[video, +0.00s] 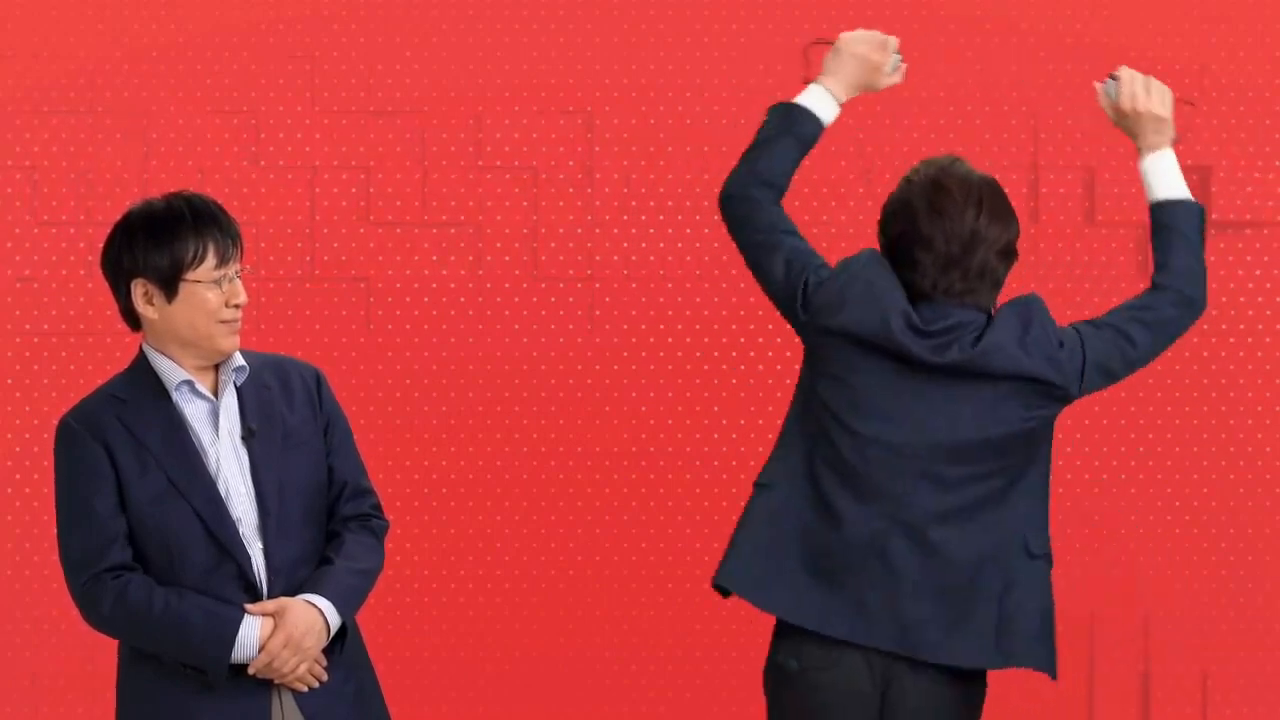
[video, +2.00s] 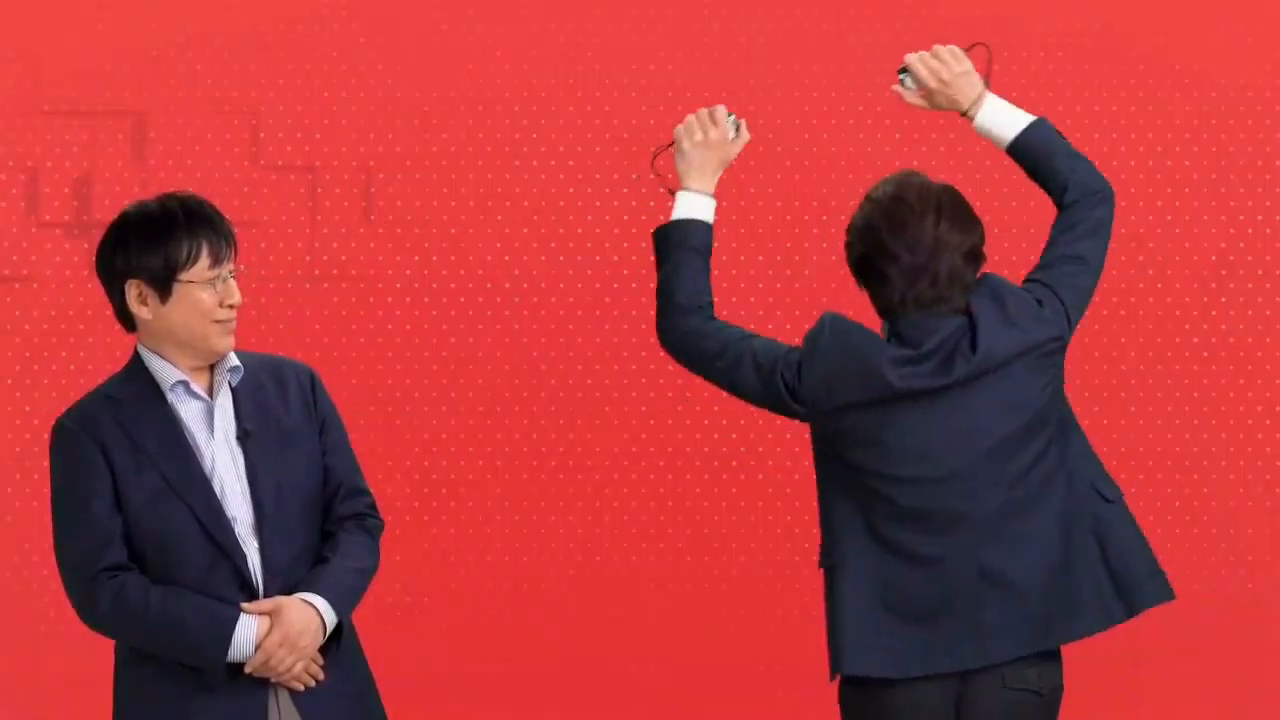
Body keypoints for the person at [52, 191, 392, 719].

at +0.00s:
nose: (239, 297)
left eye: (237, 278)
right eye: (215, 282)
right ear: (148, 300)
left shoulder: (302, 388)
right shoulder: (93, 432)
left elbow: (362, 523)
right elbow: (104, 590)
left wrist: (321, 612)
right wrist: (251, 639)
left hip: (335, 700)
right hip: (192, 708)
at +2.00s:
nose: (233, 298)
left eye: (232, 278)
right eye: (210, 282)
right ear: (143, 300)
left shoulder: (296, 388)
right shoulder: (89, 433)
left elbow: (357, 522)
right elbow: (101, 591)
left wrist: (317, 611)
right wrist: (248, 638)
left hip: (330, 699)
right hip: (190, 707)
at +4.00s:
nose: (239, 298)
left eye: (237, 278)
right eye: (216, 283)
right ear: (148, 300)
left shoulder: (302, 389)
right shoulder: (93, 433)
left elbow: (363, 525)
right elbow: (104, 591)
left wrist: (320, 613)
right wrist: (252, 640)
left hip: (334, 700)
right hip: (193, 707)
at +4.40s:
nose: (237, 298)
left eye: (235, 278)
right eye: (213, 282)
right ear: (146, 300)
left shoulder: (300, 389)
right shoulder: (91, 434)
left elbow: (361, 526)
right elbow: (102, 591)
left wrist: (319, 612)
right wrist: (251, 640)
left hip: (333, 700)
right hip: (192, 707)